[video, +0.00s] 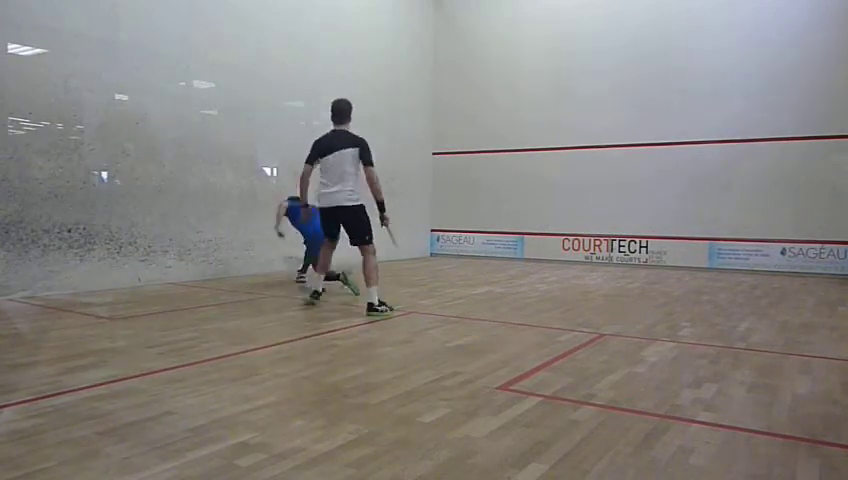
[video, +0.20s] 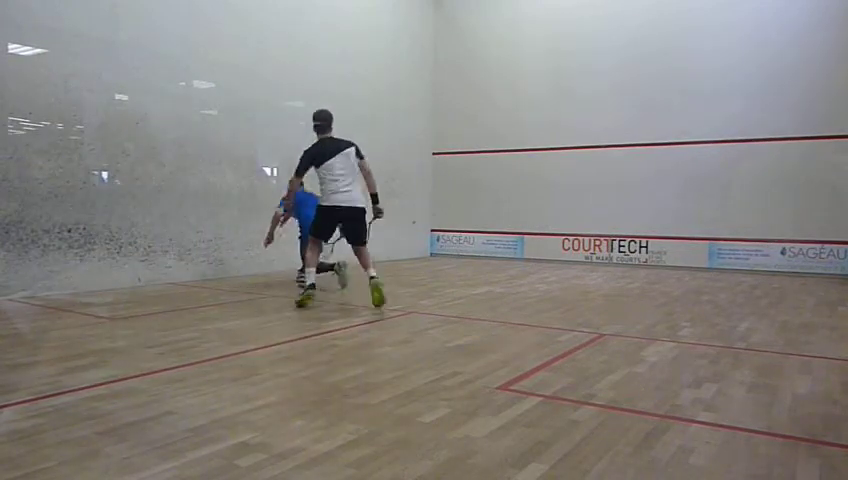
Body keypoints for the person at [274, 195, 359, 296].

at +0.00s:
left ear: (290, 203)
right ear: (302, 200)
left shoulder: (291, 206)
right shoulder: (313, 207)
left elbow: (282, 207)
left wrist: (277, 226)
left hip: (312, 238)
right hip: (323, 234)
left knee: (318, 270)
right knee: (310, 252)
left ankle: (340, 277)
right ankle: (302, 273)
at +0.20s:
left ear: (291, 188)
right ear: (303, 186)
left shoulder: (291, 197)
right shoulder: (313, 196)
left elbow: (277, 214)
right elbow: (328, 204)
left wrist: (271, 233)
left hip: (307, 230)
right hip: (321, 228)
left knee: (309, 265)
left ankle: (335, 266)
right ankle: (303, 272)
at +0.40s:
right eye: (310, 154)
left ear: (298, 157)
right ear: (312, 154)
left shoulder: (296, 174)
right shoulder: (322, 168)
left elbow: (292, 199)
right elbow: (330, 190)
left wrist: (292, 215)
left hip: (307, 215)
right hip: (324, 213)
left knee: (306, 250)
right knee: (320, 247)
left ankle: (321, 271)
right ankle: (307, 271)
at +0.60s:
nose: (318, 142)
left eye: (315, 139)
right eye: (319, 139)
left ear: (309, 141)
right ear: (324, 139)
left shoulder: (302, 159)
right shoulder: (331, 157)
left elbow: (295, 186)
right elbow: (338, 181)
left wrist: (296, 203)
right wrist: (337, 201)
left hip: (310, 207)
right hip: (330, 206)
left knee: (314, 248)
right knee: (329, 243)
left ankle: (325, 277)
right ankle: (326, 277)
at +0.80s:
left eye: (301, 140)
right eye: (309, 138)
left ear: (298, 141)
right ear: (314, 139)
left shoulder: (295, 159)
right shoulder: (326, 155)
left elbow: (293, 190)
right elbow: (333, 181)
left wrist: (294, 209)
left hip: (313, 205)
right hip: (334, 204)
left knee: (297, 237)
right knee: (333, 241)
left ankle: (306, 270)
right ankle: (333, 277)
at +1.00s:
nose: (299, 140)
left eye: (295, 138)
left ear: (294, 138)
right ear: (309, 137)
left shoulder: (291, 160)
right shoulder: (325, 157)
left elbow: (286, 190)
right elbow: (331, 185)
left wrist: (283, 212)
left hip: (304, 210)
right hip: (328, 210)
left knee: (293, 245)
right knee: (329, 241)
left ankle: (303, 282)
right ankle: (331, 277)